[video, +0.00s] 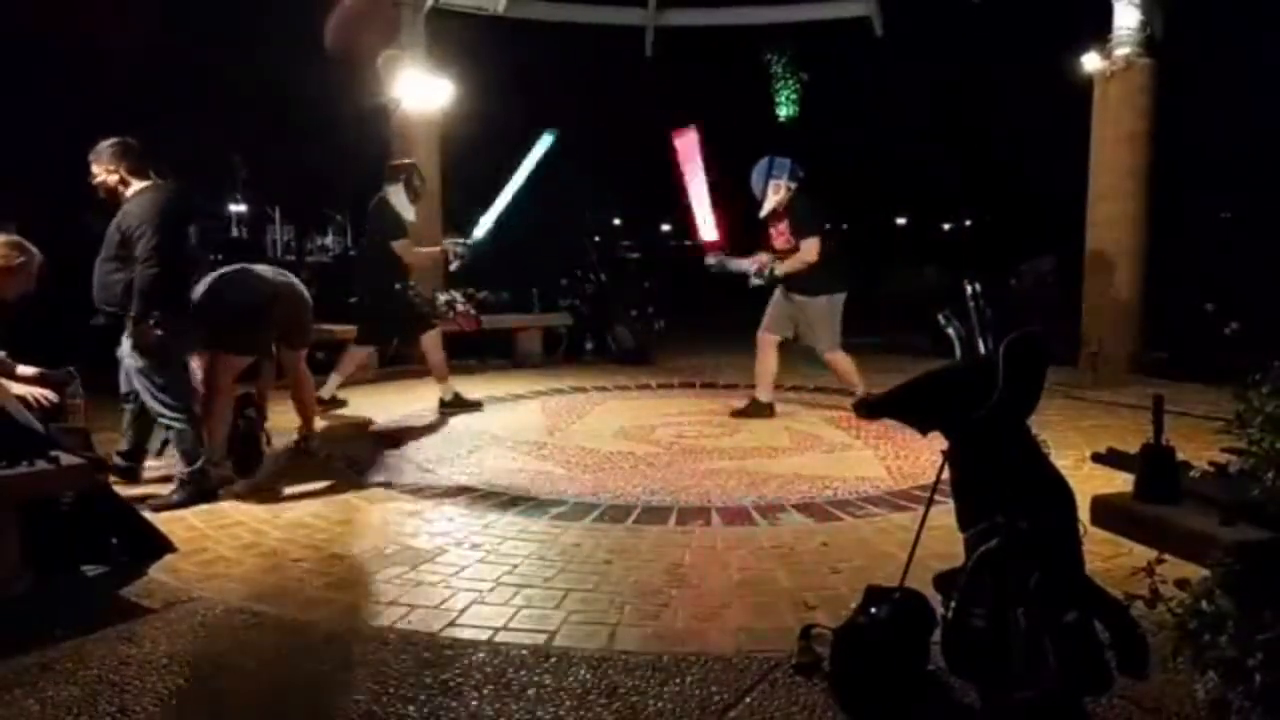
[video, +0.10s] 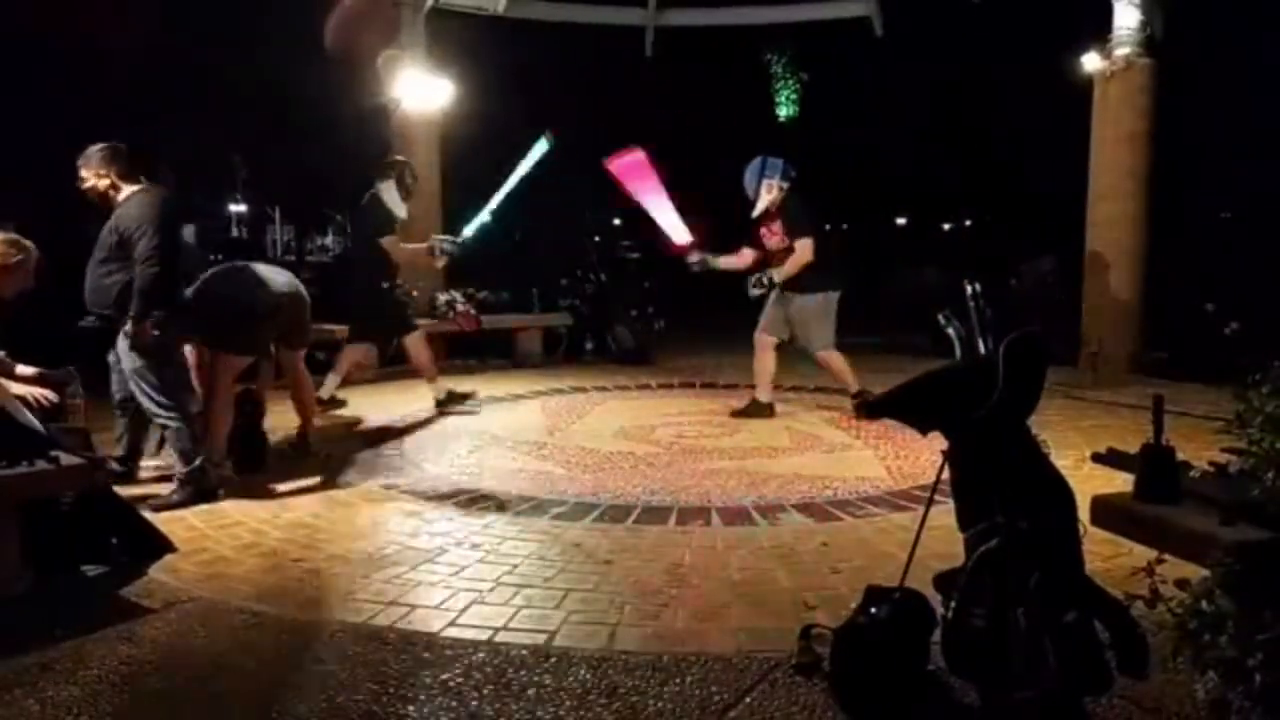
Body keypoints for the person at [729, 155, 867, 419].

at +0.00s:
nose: (767, 195)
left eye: (771, 188)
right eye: (765, 189)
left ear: (783, 186)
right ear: (765, 187)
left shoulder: (804, 209)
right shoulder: (773, 213)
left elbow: (810, 254)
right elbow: (776, 253)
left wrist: (777, 268)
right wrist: (746, 263)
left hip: (822, 292)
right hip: (789, 289)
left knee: (829, 352)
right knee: (767, 338)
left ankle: (862, 394)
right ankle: (763, 401)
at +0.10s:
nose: (759, 193)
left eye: (764, 186)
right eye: (757, 187)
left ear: (776, 185)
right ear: (759, 187)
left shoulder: (796, 208)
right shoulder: (762, 219)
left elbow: (805, 254)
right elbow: (745, 259)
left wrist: (772, 276)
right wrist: (710, 261)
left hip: (817, 288)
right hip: (785, 288)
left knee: (822, 349)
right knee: (764, 338)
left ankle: (857, 394)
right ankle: (762, 401)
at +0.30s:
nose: (763, 187)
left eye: (768, 180)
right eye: (760, 181)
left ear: (780, 180)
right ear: (754, 183)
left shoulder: (797, 205)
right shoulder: (758, 216)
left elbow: (812, 249)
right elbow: (734, 249)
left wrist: (788, 279)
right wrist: (702, 264)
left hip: (814, 282)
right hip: (782, 284)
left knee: (817, 343)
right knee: (765, 338)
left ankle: (848, 405)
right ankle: (762, 402)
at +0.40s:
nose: (771, 191)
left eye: (776, 184)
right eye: (767, 185)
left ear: (788, 182)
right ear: (760, 184)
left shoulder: (804, 208)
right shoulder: (763, 215)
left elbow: (821, 252)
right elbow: (747, 250)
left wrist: (797, 279)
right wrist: (718, 276)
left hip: (816, 285)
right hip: (783, 285)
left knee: (816, 345)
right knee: (763, 340)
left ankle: (845, 412)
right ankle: (761, 401)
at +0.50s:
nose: (784, 189)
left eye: (790, 182)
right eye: (781, 183)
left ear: (802, 180)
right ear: (776, 182)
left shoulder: (821, 208)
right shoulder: (778, 215)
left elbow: (835, 254)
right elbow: (770, 258)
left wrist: (805, 282)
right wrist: (751, 292)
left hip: (825, 286)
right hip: (790, 287)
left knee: (817, 348)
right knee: (773, 340)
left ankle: (847, 414)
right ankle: (763, 400)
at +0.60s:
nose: (795, 189)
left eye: (800, 181)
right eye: (790, 182)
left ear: (812, 178)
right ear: (785, 181)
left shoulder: (828, 206)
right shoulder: (788, 210)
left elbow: (842, 252)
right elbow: (786, 253)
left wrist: (811, 282)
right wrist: (773, 291)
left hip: (832, 284)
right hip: (798, 284)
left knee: (821, 347)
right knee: (783, 343)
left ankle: (846, 414)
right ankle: (769, 399)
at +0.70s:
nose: (805, 181)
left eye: (810, 173)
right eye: (801, 174)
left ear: (823, 171)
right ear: (795, 173)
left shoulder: (839, 200)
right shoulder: (800, 205)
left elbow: (853, 246)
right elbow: (800, 247)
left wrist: (824, 280)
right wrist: (793, 286)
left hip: (843, 280)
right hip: (810, 281)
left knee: (832, 345)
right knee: (795, 337)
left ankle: (845, 412)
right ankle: (798, 402)